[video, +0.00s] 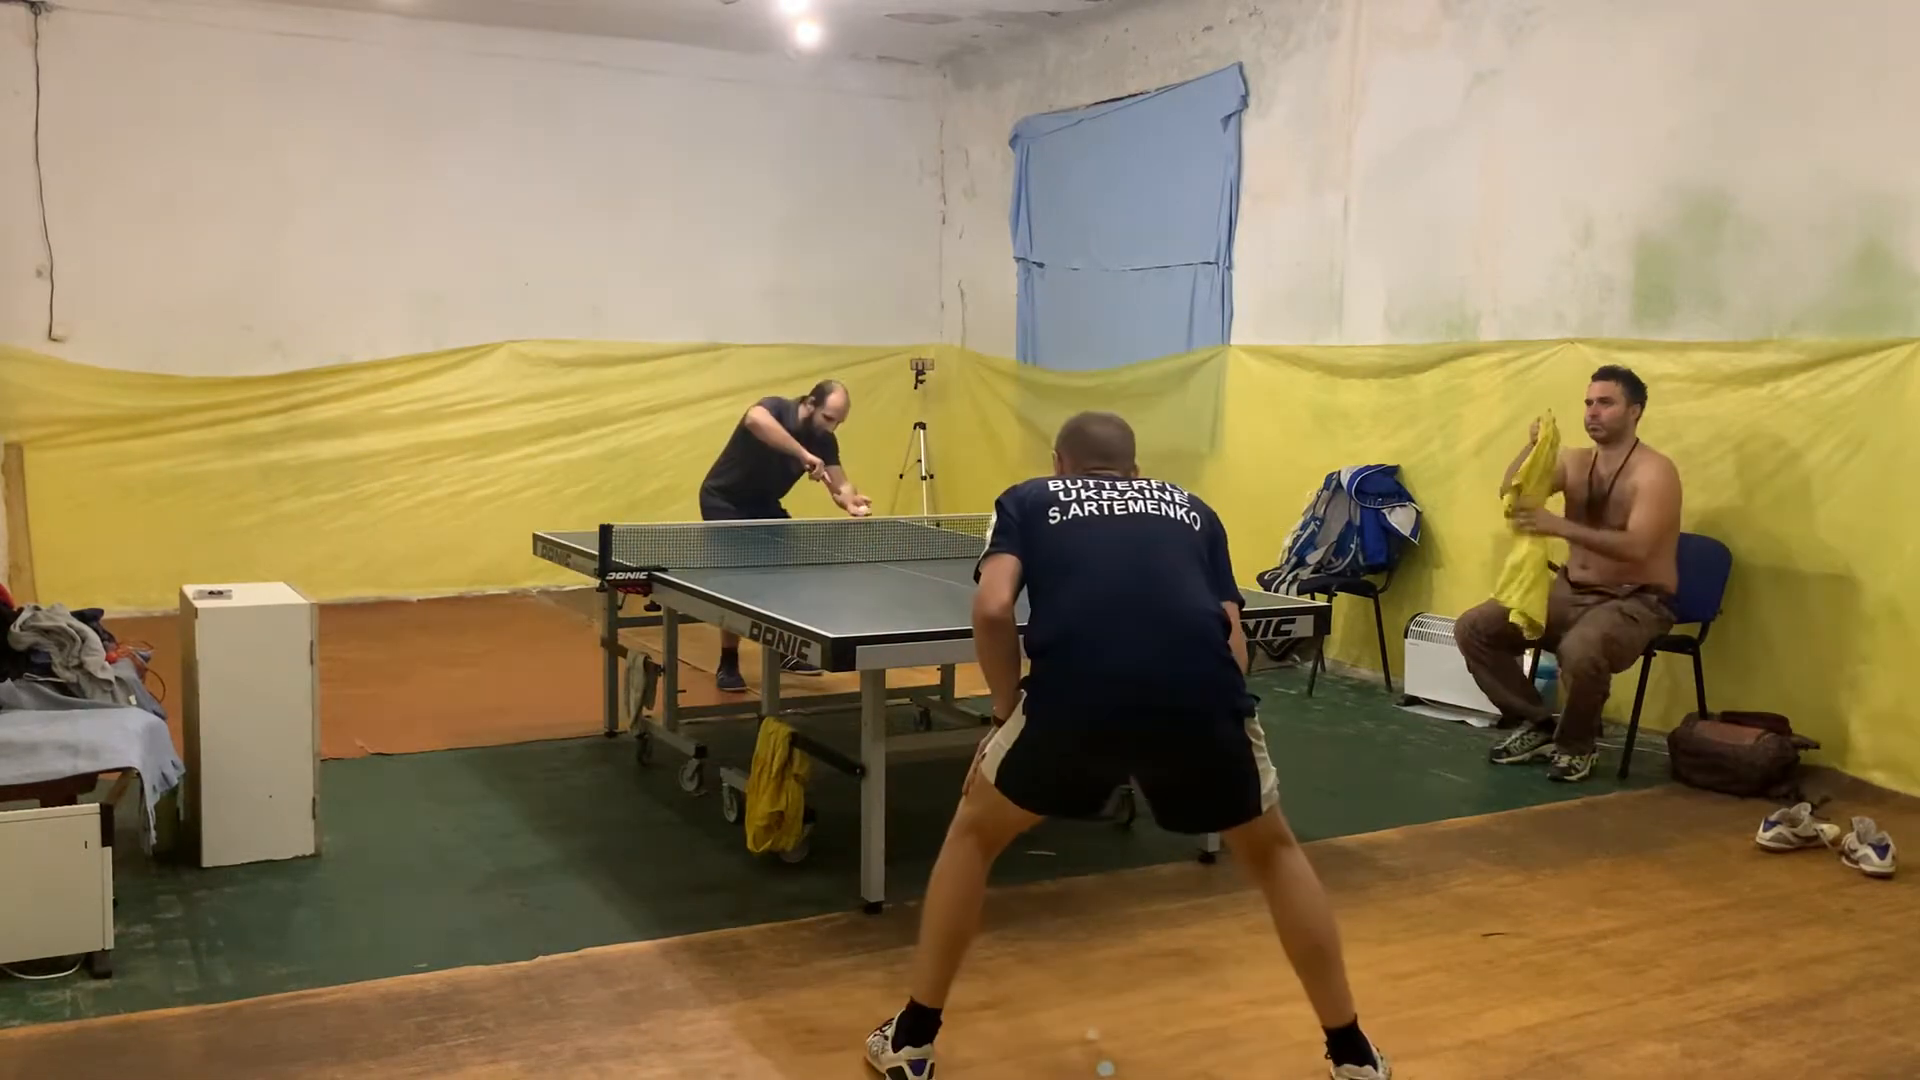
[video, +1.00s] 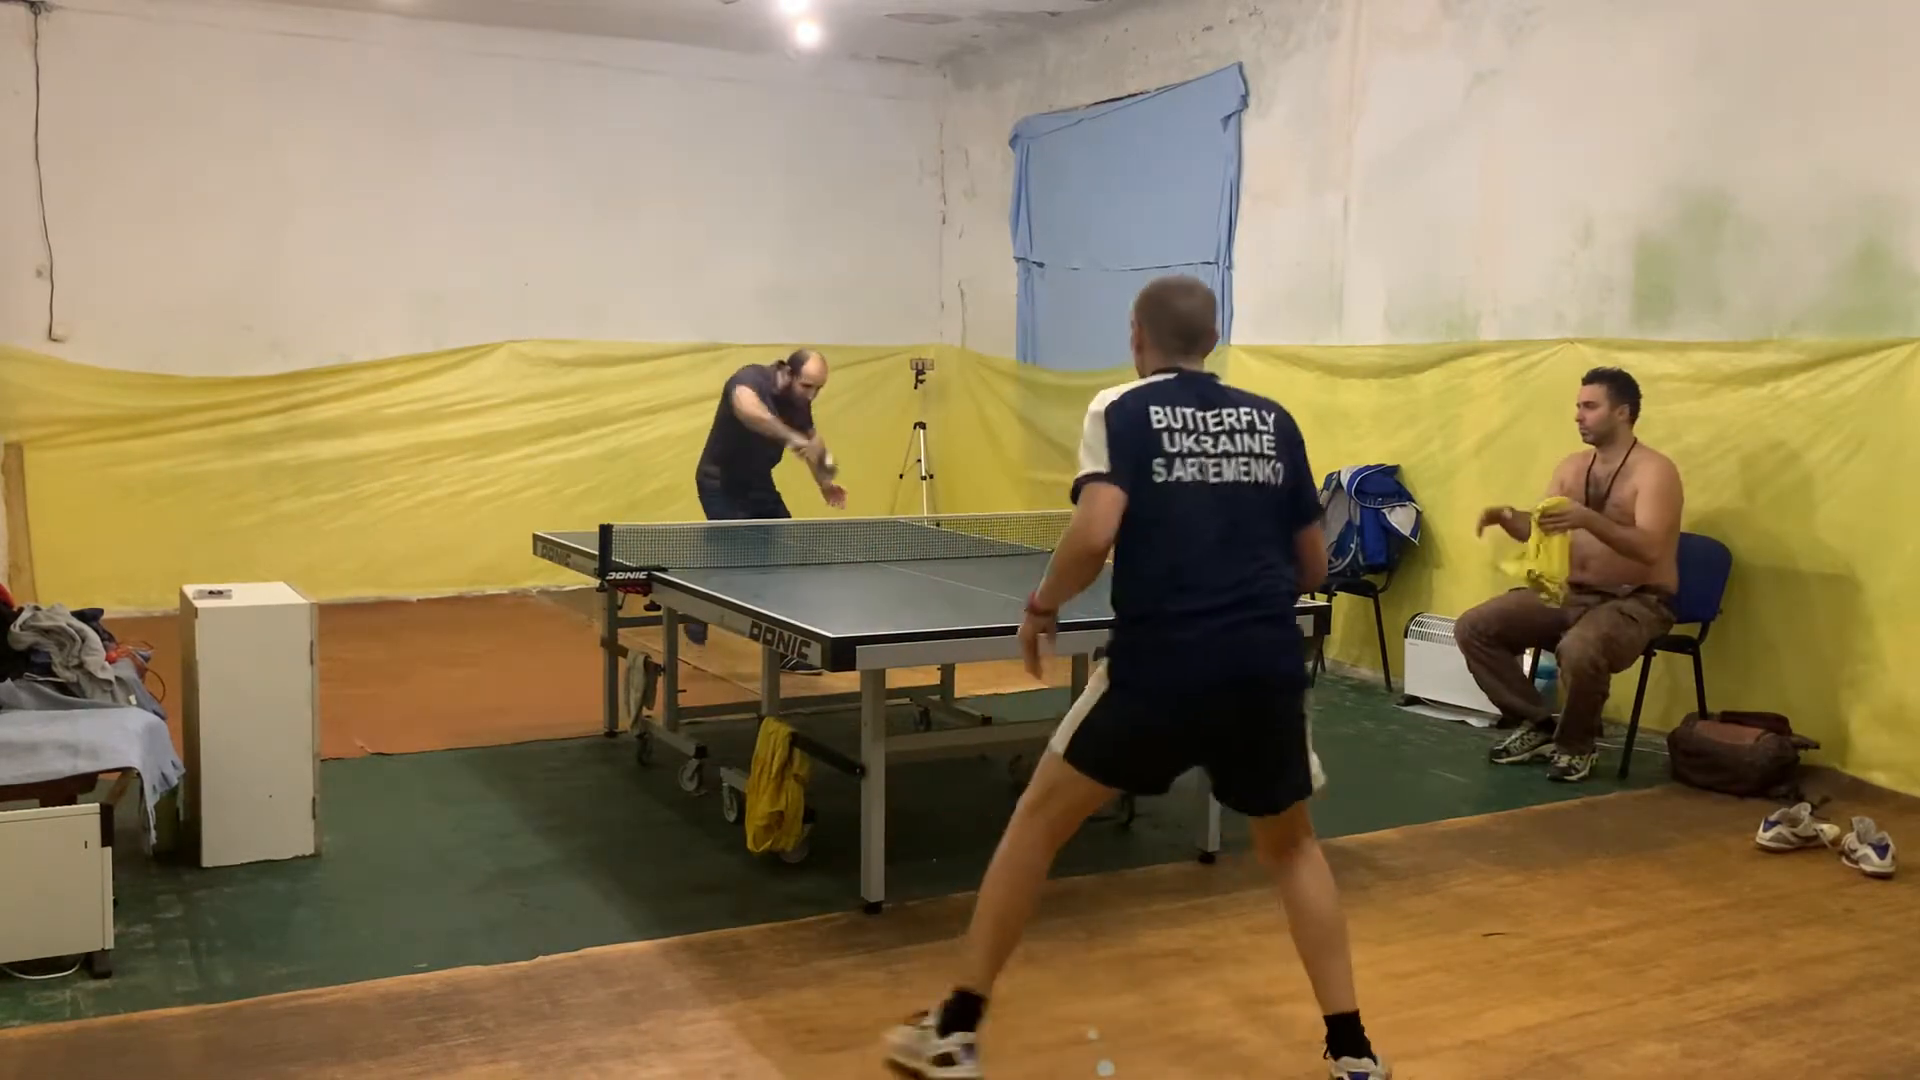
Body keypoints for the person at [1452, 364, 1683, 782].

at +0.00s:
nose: (1592, 412)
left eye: (1605, 404)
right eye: (1589, 403)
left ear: (1635, 411)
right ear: (1584, 408)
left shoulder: (1655, 472)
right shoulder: (1573, 462)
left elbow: (1639, 548)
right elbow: (1513, 492)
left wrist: (1557, 526)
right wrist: (1534, 449)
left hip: (1637, 601)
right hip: (1572, 593)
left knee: (1580, 651)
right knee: (1474, 630)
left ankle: (1577, 746)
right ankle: (1535, 722)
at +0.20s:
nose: (1589, 413)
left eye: (1602, 404)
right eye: (1587, 403)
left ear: (1634, 412)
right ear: (1583, 408)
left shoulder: (1655, 474)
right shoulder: (1569, 464)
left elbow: (1645, 551)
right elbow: (1525, 512)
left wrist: (1573, 524)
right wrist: (1512, 463)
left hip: (1636, 605)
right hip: (1570, 599)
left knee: (1579, 650)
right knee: (1475, 629)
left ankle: (1577, 746)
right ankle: (1535, 723)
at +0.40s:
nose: (1584, 414)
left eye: (1596, 405)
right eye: (1583, 405)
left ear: (1630, 412)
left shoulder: (1657, 472)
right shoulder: (1573, 465)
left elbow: (1650, 549)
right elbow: (1542, 527)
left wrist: (1587, 512)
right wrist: (1499, 508)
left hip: (1638, 600)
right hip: (1574, 593)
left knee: (1579, 650)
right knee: (1475, 629)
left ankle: (1577, 745)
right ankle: (1535, 722)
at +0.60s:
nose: (1580, 414)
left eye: (1592, 405)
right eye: (1580, 405)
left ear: (1626, 412)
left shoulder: (1655, 471)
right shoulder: (1573, 466)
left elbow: (1650, 547)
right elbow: (1544, 541)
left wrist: (1583, 516)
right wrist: (1494, 510)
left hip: (1640, 601)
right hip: (1574, 591)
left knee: (1579, 648)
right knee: (1475, 630)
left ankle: (1577, 746)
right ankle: (1536, 722)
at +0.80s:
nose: (1578, 415)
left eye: (1590, 406)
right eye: (1579, 406)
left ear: (1625, 412)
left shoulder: (1655, 472)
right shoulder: (1572, 467)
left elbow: (1651, 551)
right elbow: (1546, 531)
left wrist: (1588, 524)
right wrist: (1499, 511)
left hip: (1640, 600)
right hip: (1576, 592)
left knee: (1579, 650)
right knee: (1475, 629)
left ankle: (1576, 746)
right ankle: (1535, 722)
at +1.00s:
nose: (1578, 415)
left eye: (1589, 406)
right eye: (1578, 406)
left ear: (1624, 412)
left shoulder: (1655, 472)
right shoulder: (1572, 467)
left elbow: (1652, 550)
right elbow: (1545, 537)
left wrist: (1586, 519)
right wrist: (1510, 519)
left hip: (1636, 601)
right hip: (1568, 594)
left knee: (1579, 651)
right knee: (1475, 629)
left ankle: (1576, 745)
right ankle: (1535, 722)